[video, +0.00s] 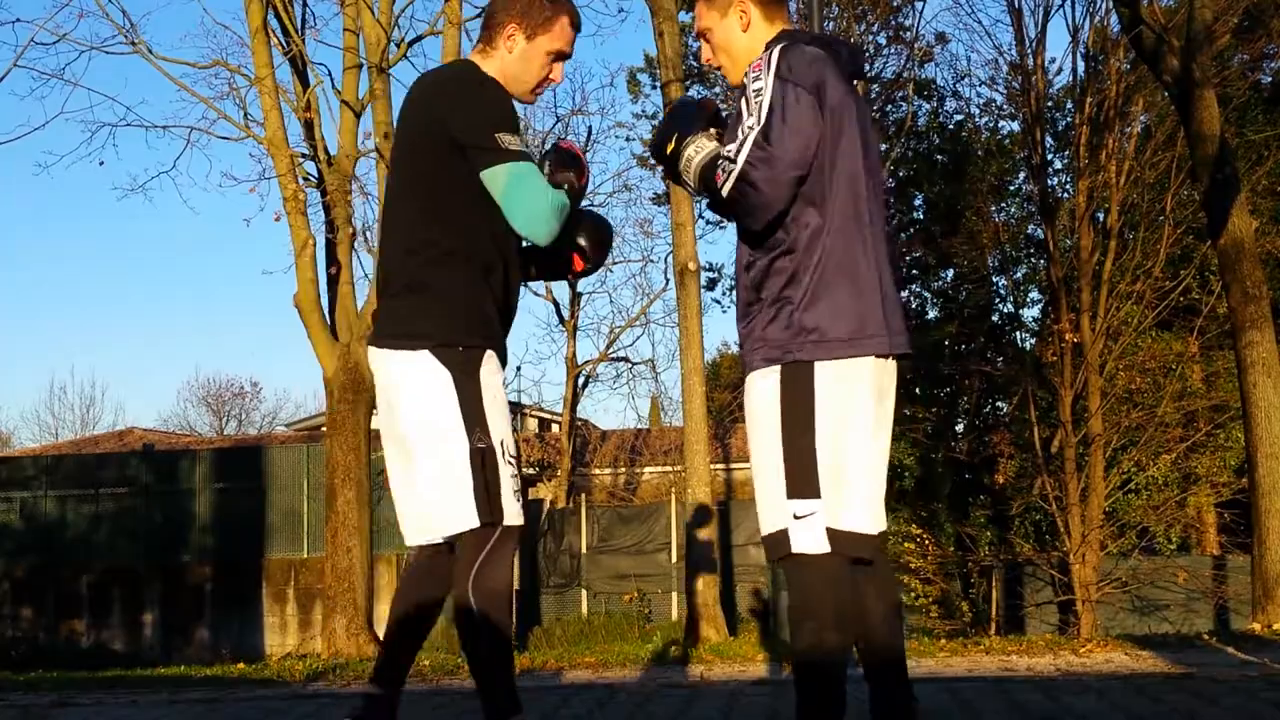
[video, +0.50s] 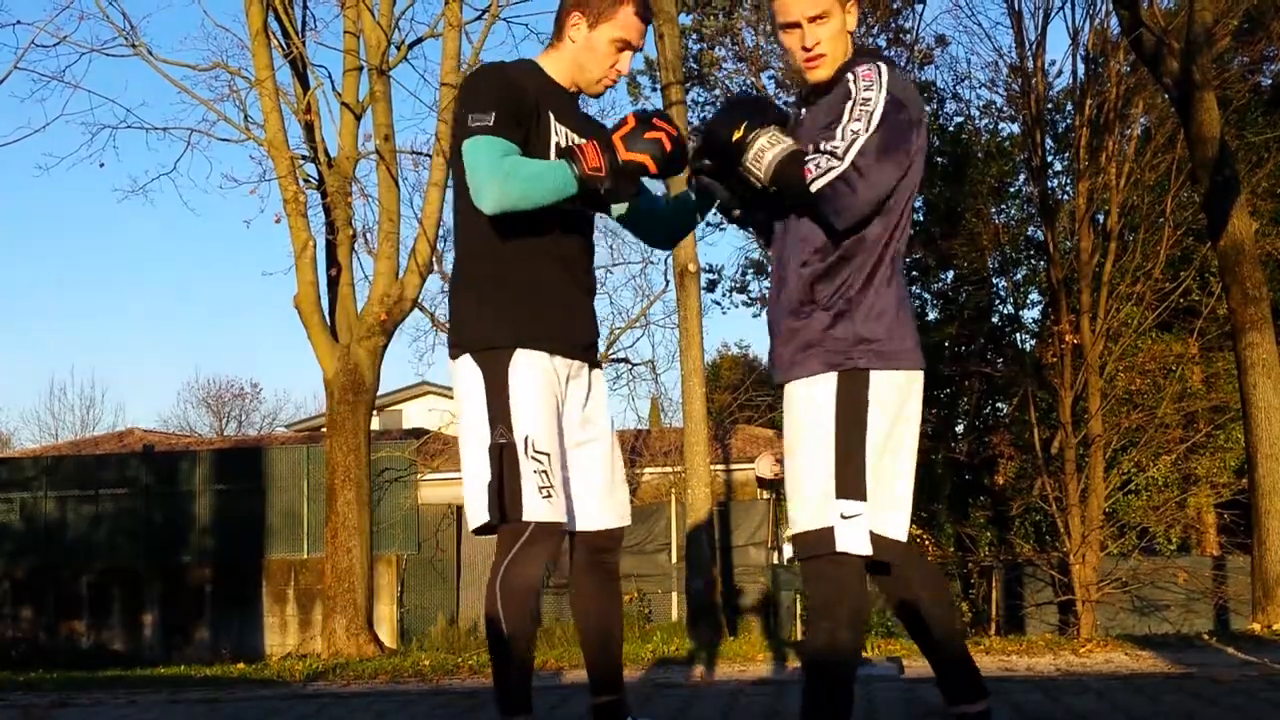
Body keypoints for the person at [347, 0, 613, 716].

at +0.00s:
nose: (558, 76)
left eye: (564, 61)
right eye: (555, 57)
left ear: (509, 35)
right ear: (513, 35)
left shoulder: (449, 98)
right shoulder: (469, 91)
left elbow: (481, 249)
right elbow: (538, 219)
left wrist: (568, 254)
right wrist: (562, 178)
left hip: (414, 342)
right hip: (446, 345)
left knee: (441, 534)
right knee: (493, 528)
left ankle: (378, 705)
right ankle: (503, 713)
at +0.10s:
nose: (576, 67)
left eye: (581, 53)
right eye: (572, 49)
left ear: (528, 30)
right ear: (527, 28)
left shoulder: (486, 99)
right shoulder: (481, 88)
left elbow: (489, 253)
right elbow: (531, 221)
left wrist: (566, 275)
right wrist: (580, 199)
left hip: (463, 339)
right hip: (457, 341)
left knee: (496, 526)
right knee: (501, 525)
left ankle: (417, 697)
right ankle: (506, 711)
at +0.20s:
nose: (594, 62)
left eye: (599, 48)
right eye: (589, 43)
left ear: (551, 30)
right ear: (543, 25)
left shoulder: (512, 105)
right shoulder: (490, 88)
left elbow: (506, 256)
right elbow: (504, 216)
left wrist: (578, 276)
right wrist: (576, 210)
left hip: (503, 345)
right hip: (473, 342)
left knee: (544, 523)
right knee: (514, 522)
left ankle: (490, 703)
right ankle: (494, 707)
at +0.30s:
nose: (609, 58)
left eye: (615, 44)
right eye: (605, 38)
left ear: (565, 25)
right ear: (558, 19)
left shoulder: (546, 112)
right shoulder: (492, 82)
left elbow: (537, 252)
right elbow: (474, 203)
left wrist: (615, 241)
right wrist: (570, 189)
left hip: (536, 348)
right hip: (479, 343)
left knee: (574, 520)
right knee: (510, 525)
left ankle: (553, 707)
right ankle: (507, 714)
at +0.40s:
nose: (620, 59)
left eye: (628, 46)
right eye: (617, 39)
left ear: (582, 26)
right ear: (570, 18)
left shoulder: (570, 126)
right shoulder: (493, 77)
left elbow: (592, 253)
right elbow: (465, 188)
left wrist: (649, 206)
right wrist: (571, 176)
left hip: (558, 348)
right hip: (491, 342)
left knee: (582, 530)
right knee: (514, 530)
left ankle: (606, 709)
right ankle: (508, 713)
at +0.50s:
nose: (624, 67)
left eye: (632, 54)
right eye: (620, 46)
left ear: (588, 33)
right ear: (577, 25)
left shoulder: (588, 129)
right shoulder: (496, 84)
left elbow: (660, 226)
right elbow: (494, 187)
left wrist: (711, 172)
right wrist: (604, 163)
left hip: (575, 349)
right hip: (503, 344)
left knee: (598, 531)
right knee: (531, 529)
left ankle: (610, 711)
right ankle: (515, 713)